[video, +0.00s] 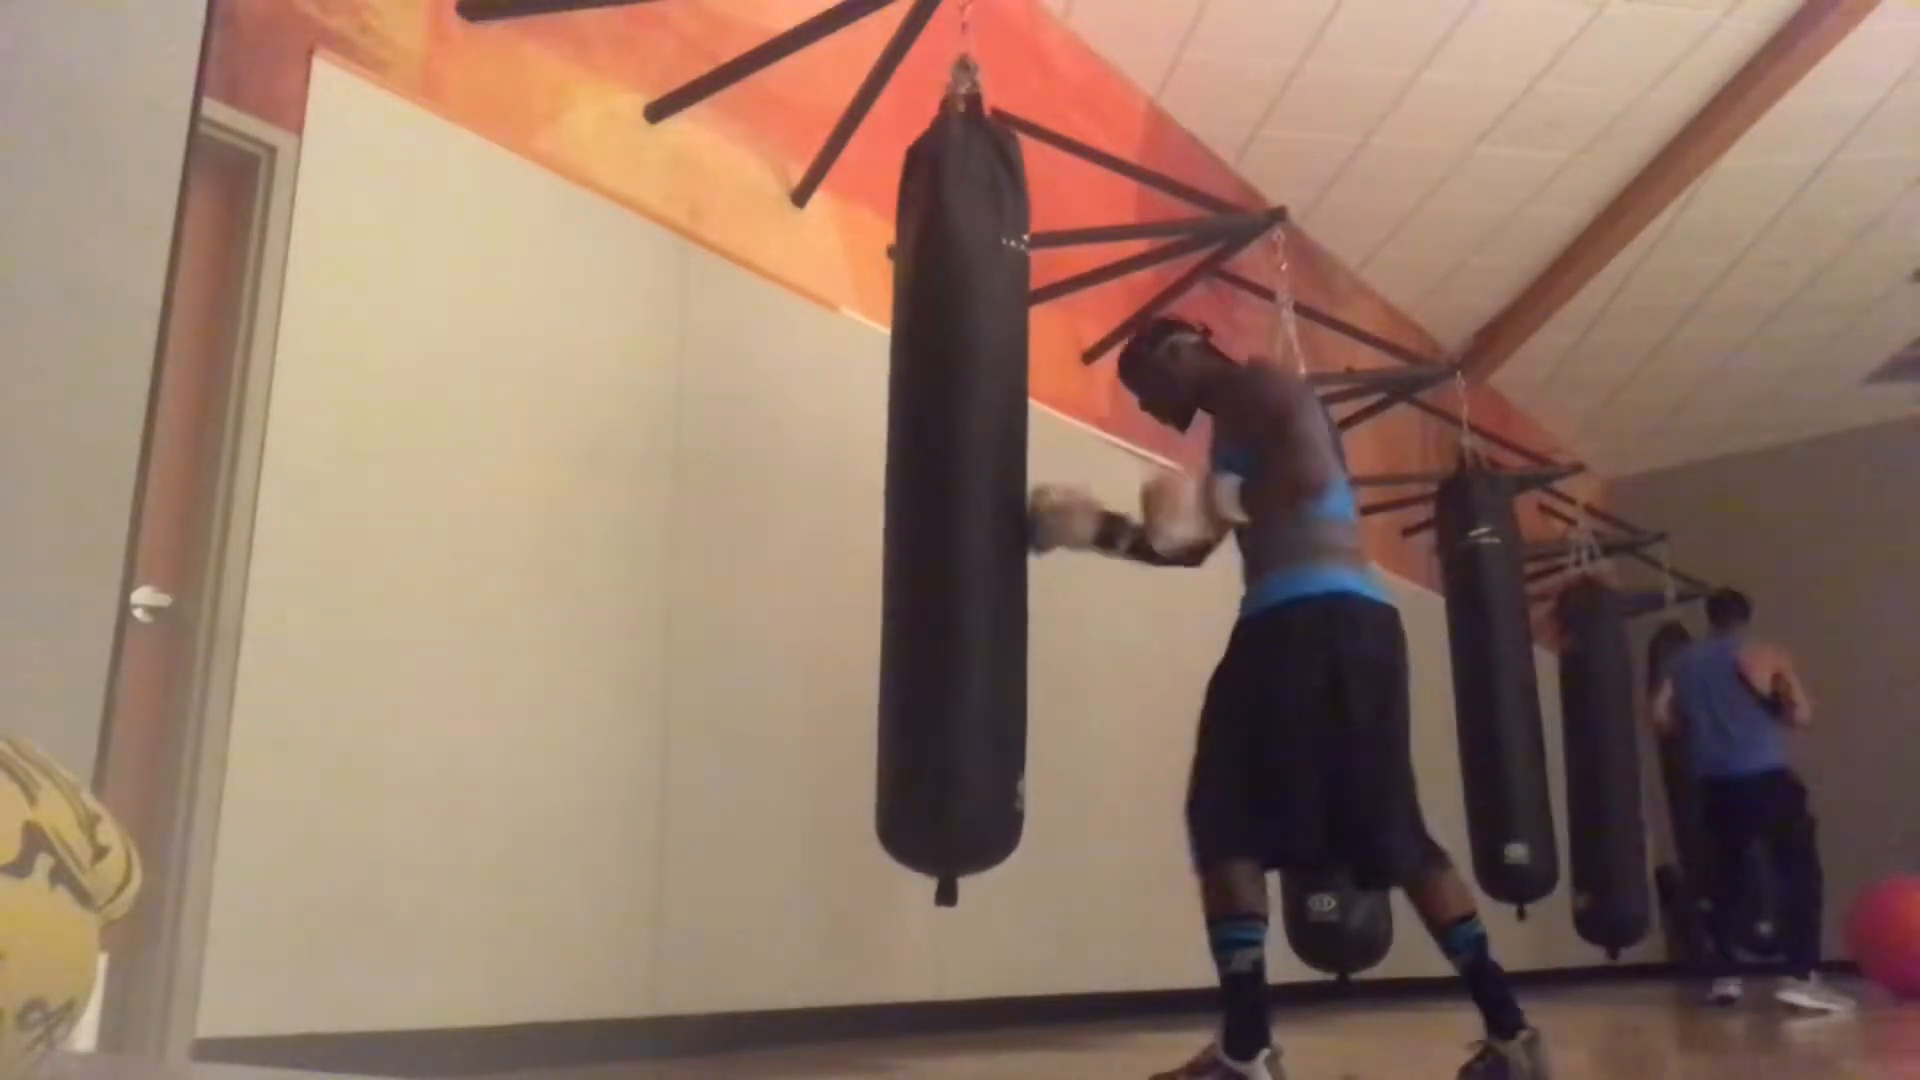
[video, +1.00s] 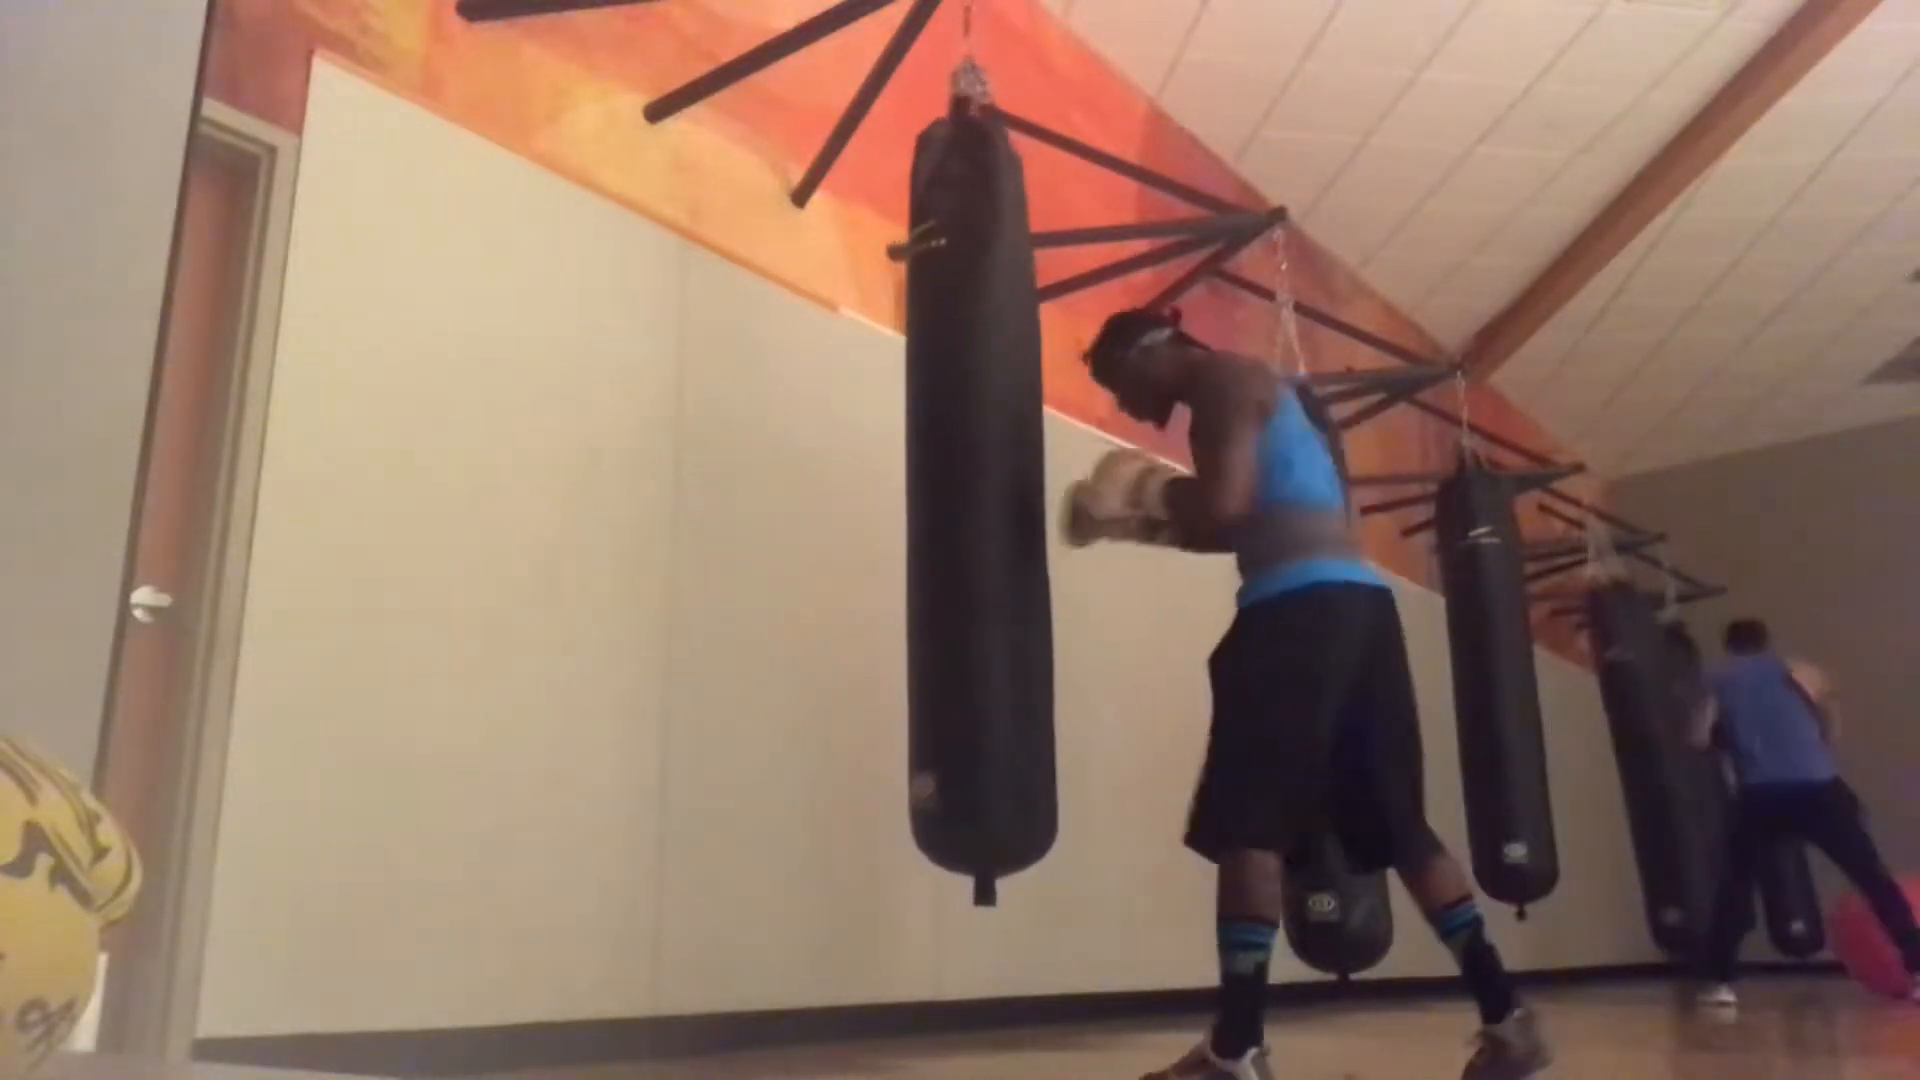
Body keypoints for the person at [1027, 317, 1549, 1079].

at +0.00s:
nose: (1155, 410)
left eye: (1149, 388)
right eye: (1145, 399)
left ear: (1180, 351)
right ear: (1186, 356)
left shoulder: (1255, 380)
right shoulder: (1234, 434)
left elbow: (1312, 472)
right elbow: (1190, 545)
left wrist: (1224, 507)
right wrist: (1100, 530)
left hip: (1292, 630)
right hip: (1362, 628)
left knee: (1222, 827)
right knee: (1395, 832)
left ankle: (1245, 1047)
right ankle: (1508, 1028)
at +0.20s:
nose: (1169, 412)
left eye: (1167, 398)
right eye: (1167, 400)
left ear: (1185, 376)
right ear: (1231, 354)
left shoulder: (1202, 396)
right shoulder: (1321, 393)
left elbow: (1134, 465)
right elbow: (1271, 481)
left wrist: (1054, 485)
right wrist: (1183, 478)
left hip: (1276, 631)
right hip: (1374, 624)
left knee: (1254, 841)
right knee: (1433, 828)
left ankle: (1246, 1048)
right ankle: (1508, 1025)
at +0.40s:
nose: (1194, 417)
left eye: (1185, 397)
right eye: (1184, 405)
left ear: (1203, 363)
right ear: (1241, 347)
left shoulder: (1236, 380)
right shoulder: (1332, 401)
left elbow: (1258, 464)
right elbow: (1295, 532)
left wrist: (1192, 500)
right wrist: (1208, 507)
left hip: (1300, 625)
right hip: (1389, 620)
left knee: (1262, 831)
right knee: (1419, 827)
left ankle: (1247, 1044)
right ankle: (1506, 1032)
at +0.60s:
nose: (1200, 414)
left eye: (1196, 395)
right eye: (1193, 403)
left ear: (1219, 361)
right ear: (1255, 347)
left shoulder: (1262, 384)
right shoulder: (1347, 406)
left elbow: (1253, 485)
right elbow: (1297, 531)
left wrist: (1189, 483)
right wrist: (1208, 496)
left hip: (1318, 620)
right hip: (1407, 616)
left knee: (1226, 810)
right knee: (1431, 826)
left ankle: (1226, 1025)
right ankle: (1509, 1036)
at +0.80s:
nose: (1172, 409)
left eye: (1169, 393)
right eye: (1166, 400)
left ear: (1194, 358)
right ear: (1226, 342)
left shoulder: (1230, 380)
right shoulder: (1323, 400)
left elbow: (1142, 488)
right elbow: (1286, 514)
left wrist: (1068, 497)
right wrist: (1194, 513)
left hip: (1285, 633)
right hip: (1380, 633)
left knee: (1230, 833)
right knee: (1427, 834)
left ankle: (1230, 1044)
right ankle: (1503, 1034)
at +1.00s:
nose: (1139, 411)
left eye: (1128, 389)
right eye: (1125, 399)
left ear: (1154, 346)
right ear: (1169, 339)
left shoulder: (1225, 378)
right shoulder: (1270, 387)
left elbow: (1222, 513)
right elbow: (1236, 525)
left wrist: (1154, 488)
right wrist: (1143, 522)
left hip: (1292, 623)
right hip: (1364, 617)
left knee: (1249, 830)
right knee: (1398, 824)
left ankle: (1235, 1046)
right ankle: (1508, 1019)